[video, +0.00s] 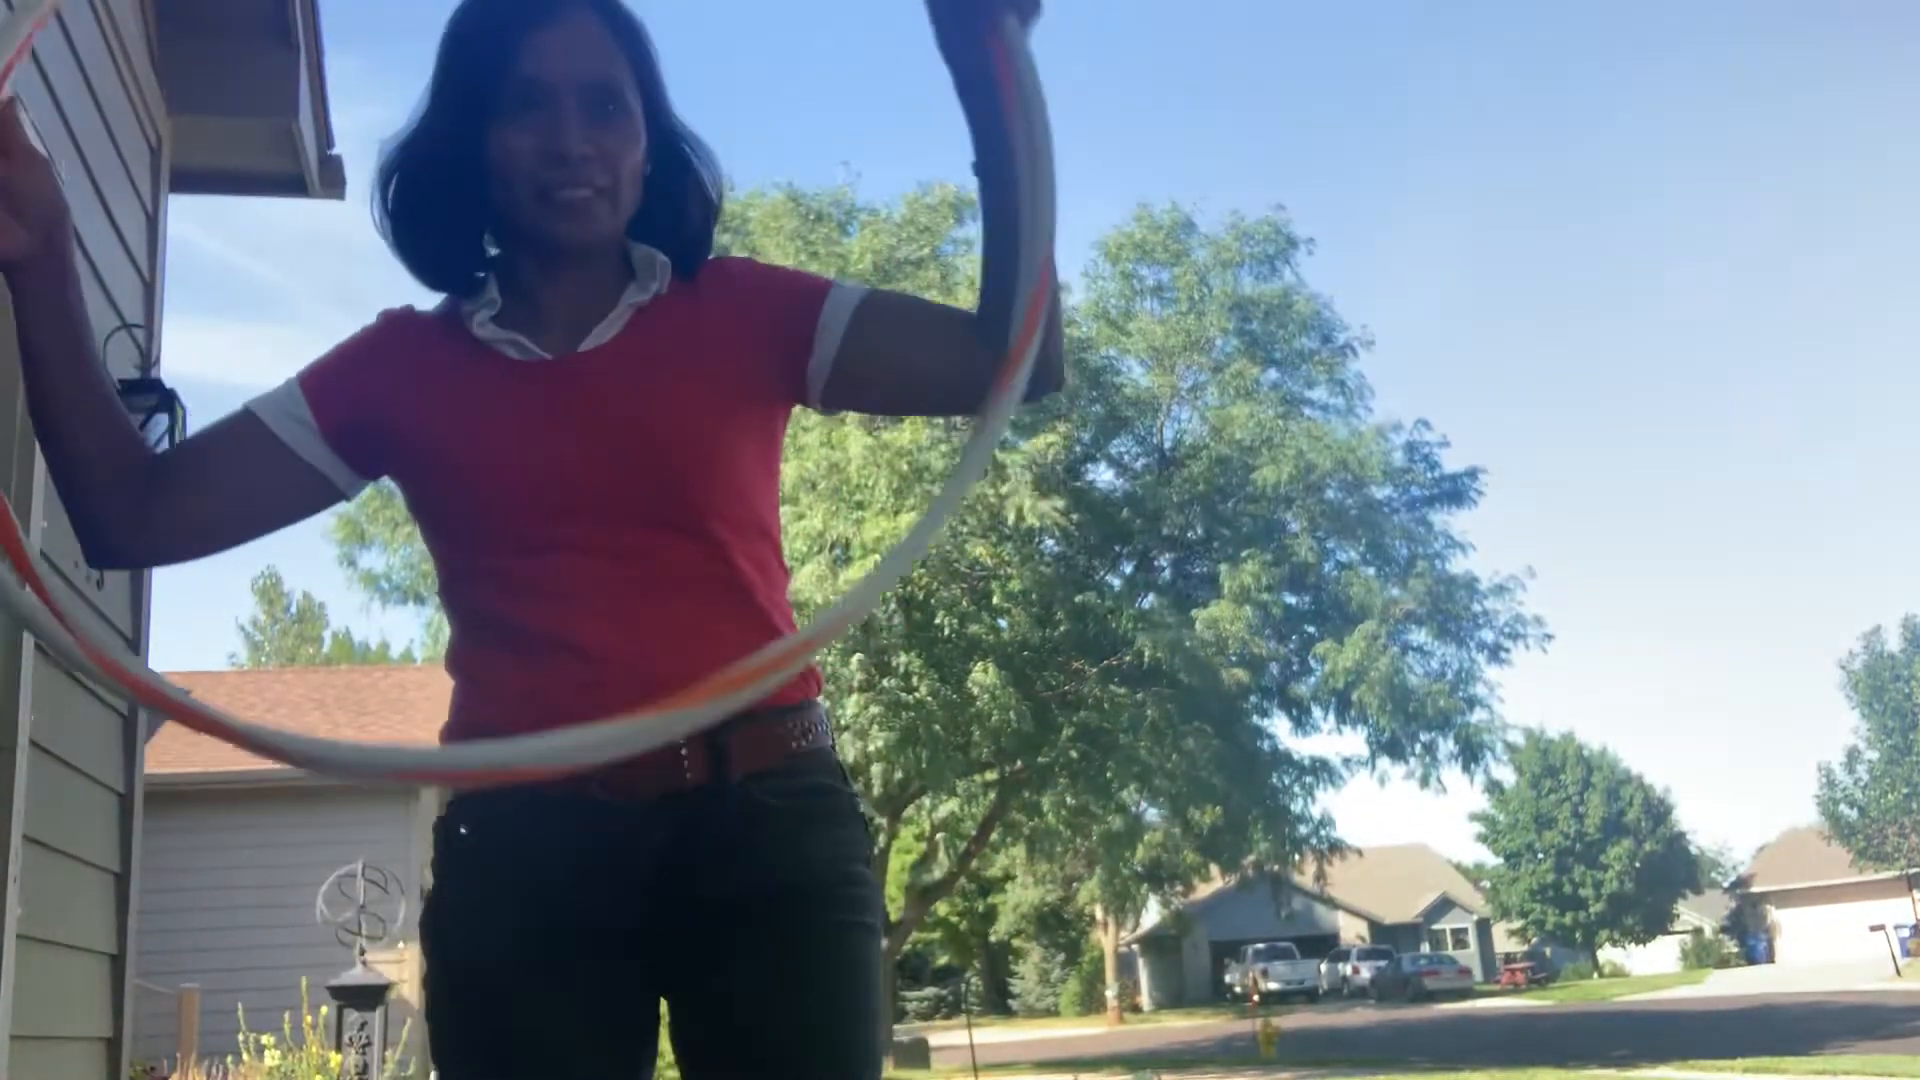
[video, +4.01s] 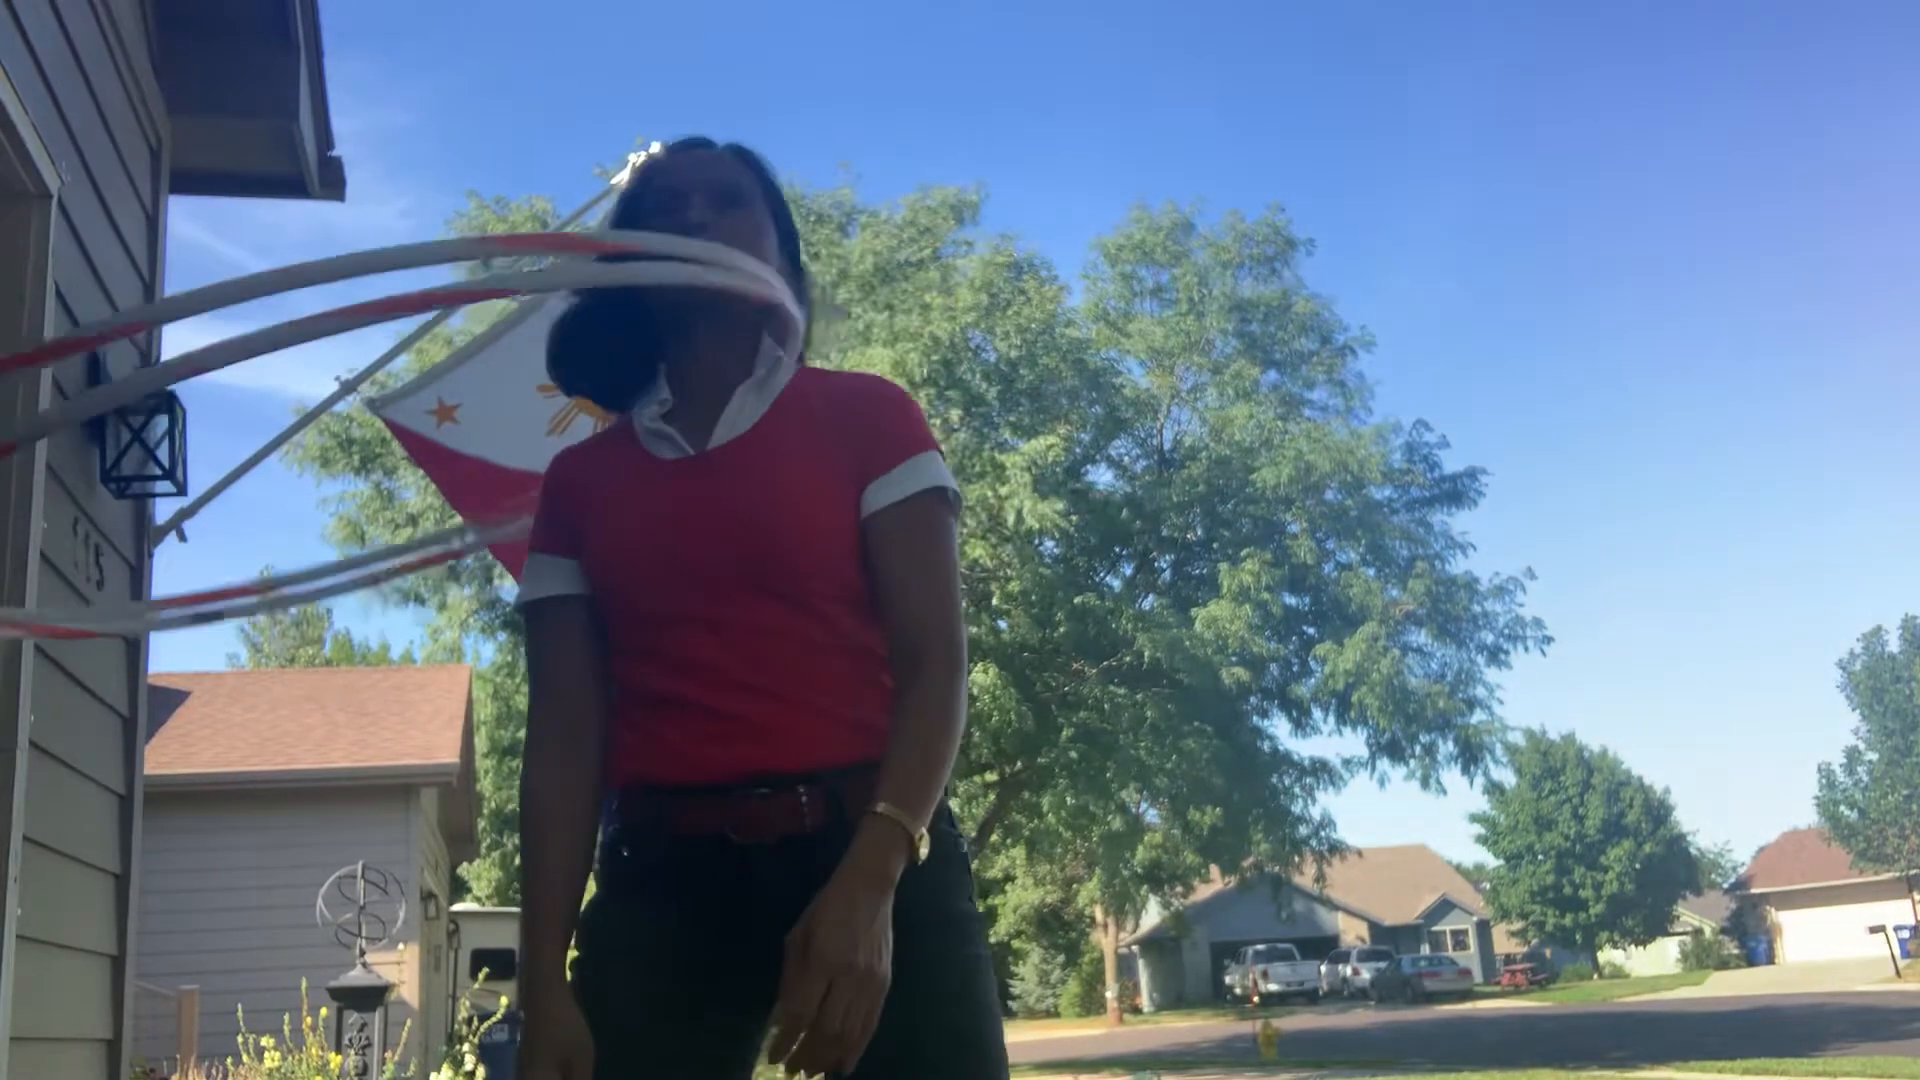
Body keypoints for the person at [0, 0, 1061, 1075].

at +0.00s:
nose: (572, 141)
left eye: (606, 104)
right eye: (528, 107)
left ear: (653, 136)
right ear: (469, 146)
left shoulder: (742, 315)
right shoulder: (401, 371)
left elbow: (1020, 360)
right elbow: (132, 518)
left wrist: (1000, 79)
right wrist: (37, 260)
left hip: (770, 829)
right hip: (528, 849)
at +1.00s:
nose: (897, 257)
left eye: (927, 228)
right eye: (864, 236)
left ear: (978, 257)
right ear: (830, 273)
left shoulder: (1057, 444)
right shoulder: (770, 452)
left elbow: (1166, 667)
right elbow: (698, 689)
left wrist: (1226, 460)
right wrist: (591, 532)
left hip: (1014, 865)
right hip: (816, 872)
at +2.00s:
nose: (778, 250)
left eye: (810, 220)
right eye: (750, 232)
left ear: (877, 249)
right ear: (726, 279)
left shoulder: (965, 408)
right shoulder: (711, 474)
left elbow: (1078, 632)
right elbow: (700, 731)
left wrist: (1018, 396)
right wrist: (565, 583)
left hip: (972, 860)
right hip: (771, 869)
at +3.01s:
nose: (743, 261)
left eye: (771, 238)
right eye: (712, 249)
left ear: (829, 280)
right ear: (680, 298)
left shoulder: (909, 454)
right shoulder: (636, 491)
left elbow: (932, 698)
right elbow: (569, 730)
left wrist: (841, 887)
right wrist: (611, 754)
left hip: (874, 877)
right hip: (670, 878)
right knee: (590, 1063)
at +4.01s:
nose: (697, 219)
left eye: (728, 200)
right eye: (662, 207)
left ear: (781, 254)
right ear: (626, 261)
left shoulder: (869, 416)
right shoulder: (581, 480)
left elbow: (934, 668)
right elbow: (563, 730)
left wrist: (870, 878)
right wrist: (542, 975)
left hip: (876, 866)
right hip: (665, 880)